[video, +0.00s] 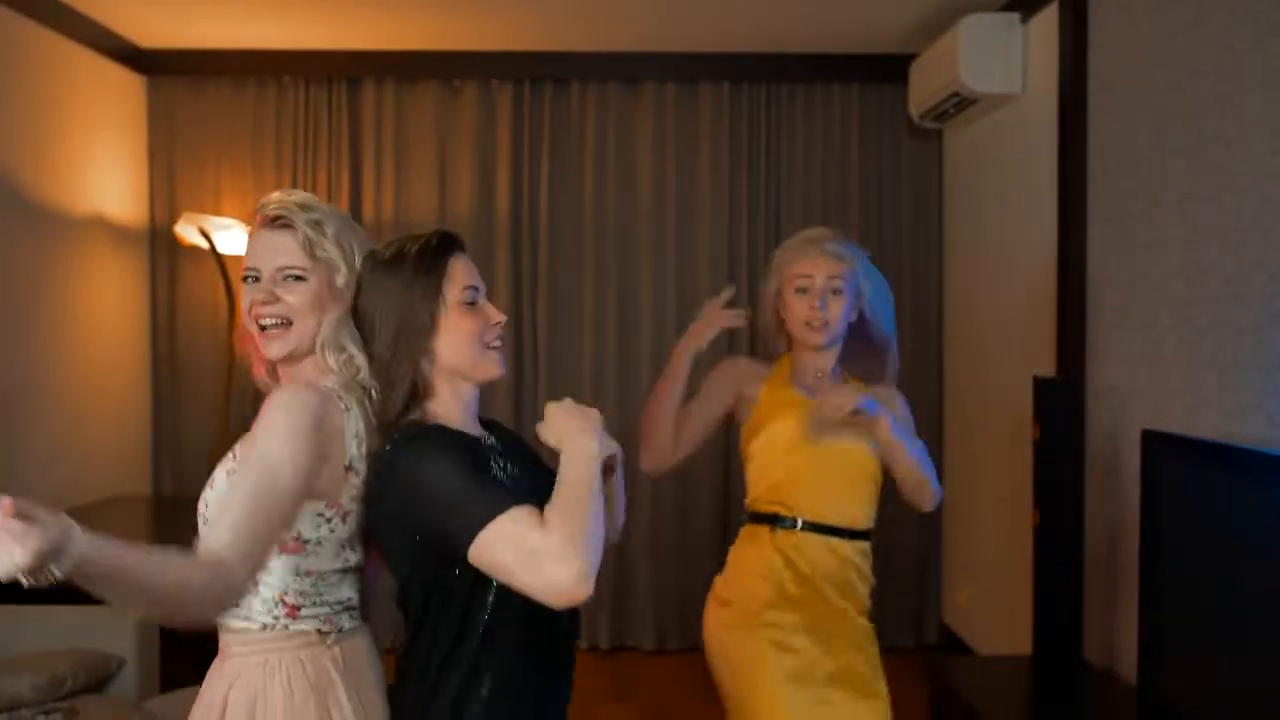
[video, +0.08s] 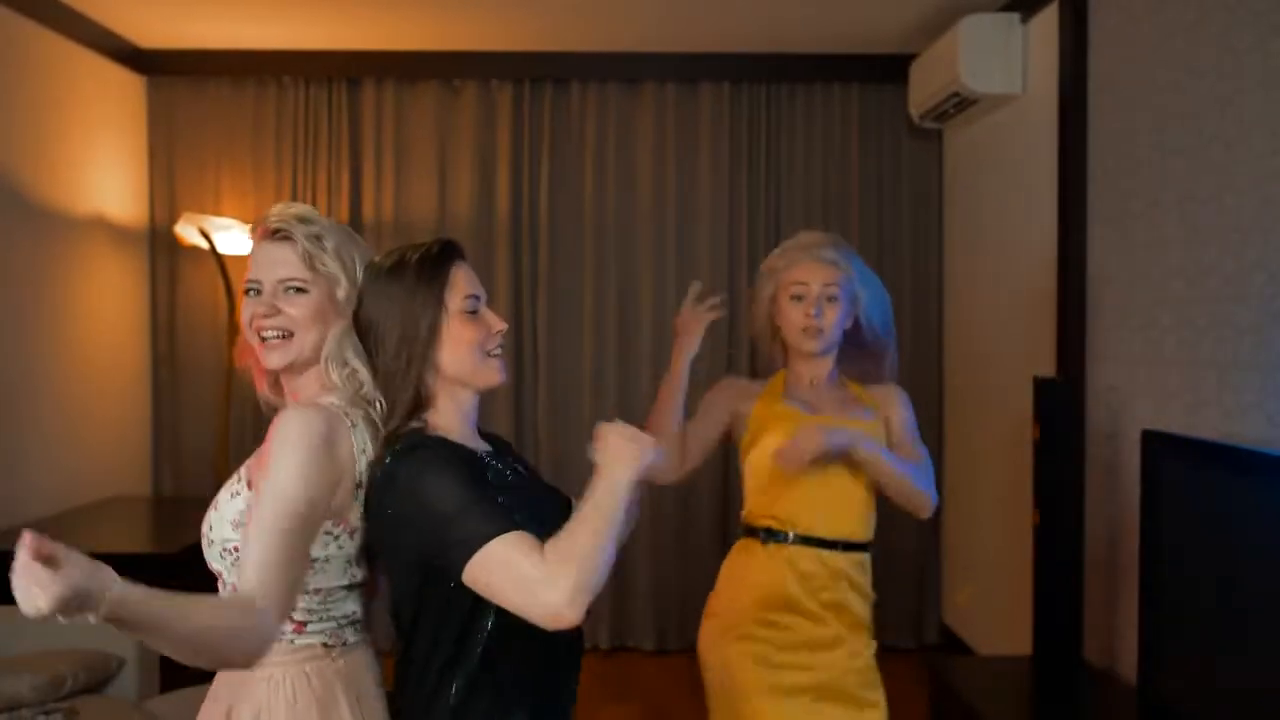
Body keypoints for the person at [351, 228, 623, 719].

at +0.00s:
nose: (498, 316)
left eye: (486, 297)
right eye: (471, 300)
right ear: (413, 327)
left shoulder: (501, 443)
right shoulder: (416, 462)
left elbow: (598, 535)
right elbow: (563, 574)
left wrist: (607, 470)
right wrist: (580, 448)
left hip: (533, 701)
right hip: (461, 704)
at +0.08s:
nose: (500, 324)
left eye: (487, 306)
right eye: (472, 308)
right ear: (416, 332)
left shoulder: (493, 454)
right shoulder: (417, 473)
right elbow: (557, 597)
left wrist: (627, 476)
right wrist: (615, 471)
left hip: (533, 701)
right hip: (466, 706)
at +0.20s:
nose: (505, 336)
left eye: (493, 319)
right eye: (477, 321)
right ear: (420, 344)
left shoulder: (496, 465)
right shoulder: (420, 483)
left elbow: (601, 524)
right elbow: (565, 599)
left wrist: (685, 498)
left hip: (536, 704)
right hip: (468, 708)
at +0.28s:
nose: (508, 332)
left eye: (495, 317)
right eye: (480, 321)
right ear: (424, 349)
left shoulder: (507, 461)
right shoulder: (429, 481)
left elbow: (601, 519)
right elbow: (563, 599)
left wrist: (670, 490)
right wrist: (676, 520)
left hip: (543, 704)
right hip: (470, 707)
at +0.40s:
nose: (510, 314)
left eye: (496, 299)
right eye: (482, 305)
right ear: (429, 339)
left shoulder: (527, 441)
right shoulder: (442, 467)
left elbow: (625, 516)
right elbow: (559, 593)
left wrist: (628, 468)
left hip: (548, 701)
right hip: (471, 706)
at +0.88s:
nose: (513, 331)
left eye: (498, 316)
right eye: (484, 320)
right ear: (429, 350)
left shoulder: (515, 464)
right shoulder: (412, 499)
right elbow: (536, 601)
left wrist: (626, 520)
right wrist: (595, 497)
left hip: (560, 702)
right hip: (471, 707)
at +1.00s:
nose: (509, 338)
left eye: (495, 324)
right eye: (479, 329)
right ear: (424, 360)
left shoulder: (509, 467)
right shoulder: (419, 499)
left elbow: (606, 528)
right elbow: (548, 605)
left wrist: (671, 521)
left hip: (559, 704)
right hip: (468, 709)